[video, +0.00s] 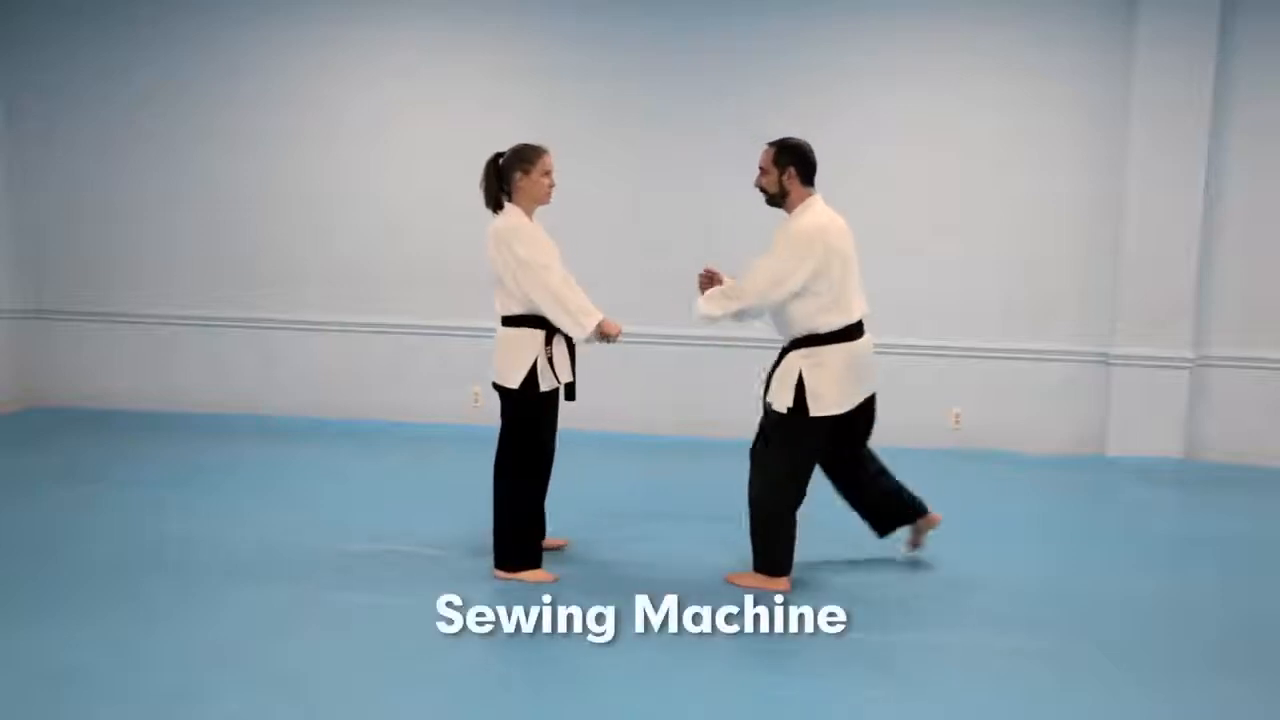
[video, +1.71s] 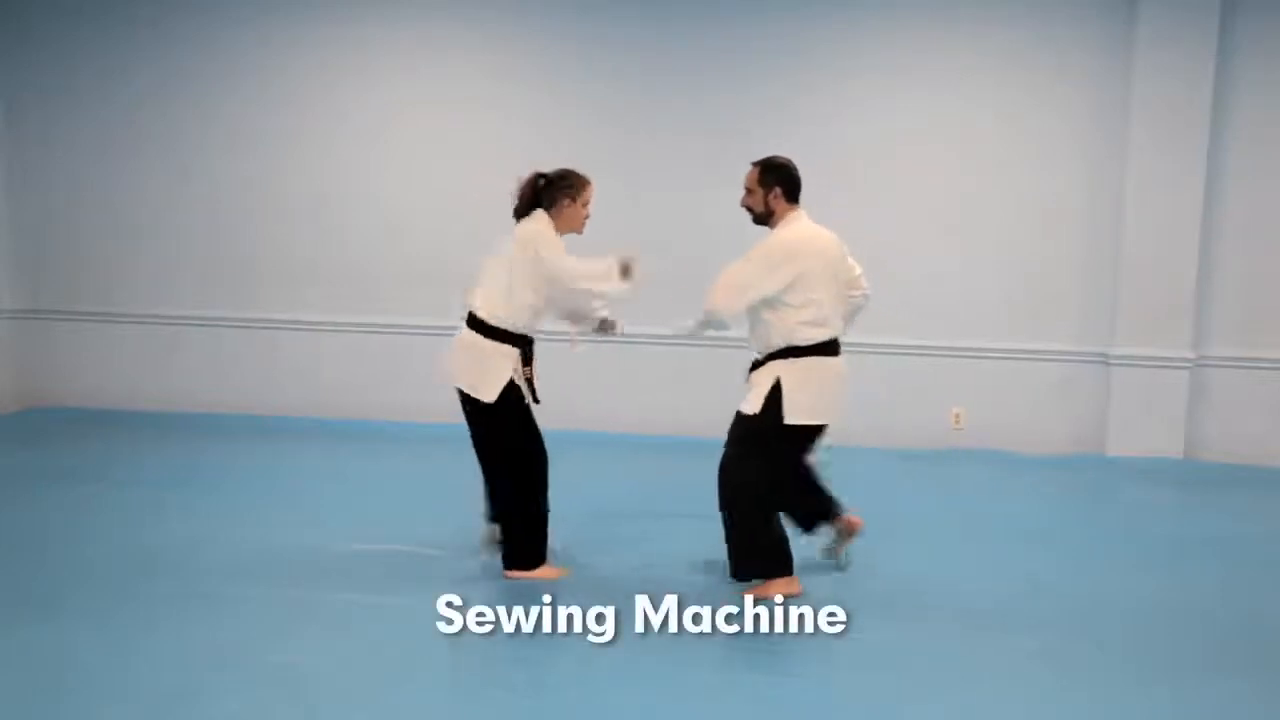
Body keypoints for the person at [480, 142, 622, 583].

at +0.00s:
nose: (552, 183)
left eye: (552, 175)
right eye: (545, 175)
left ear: (524, 182)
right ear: (518, 180)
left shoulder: (527, 226)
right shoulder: (512, 228)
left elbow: (558, 280)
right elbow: (546, 285)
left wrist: (594, 319)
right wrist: (593, 322)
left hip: (541, 352)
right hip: (526, 354)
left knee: (536, 452)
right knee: (522, 457)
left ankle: (529, 537)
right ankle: (513, 561)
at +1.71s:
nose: (589, 215)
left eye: (589, 206)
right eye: (585, 206)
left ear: (558, 204)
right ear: (564, 204)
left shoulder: (529, 233)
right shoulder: (540, 235)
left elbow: (554, 295)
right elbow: (564, 278)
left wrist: (594, 317)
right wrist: (615, 271)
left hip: (480, 360)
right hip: (493, 366)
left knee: (508, 457)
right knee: (529, 459)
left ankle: (516, 549)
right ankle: (524, 562)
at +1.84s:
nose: (576, 219)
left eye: (576, 211)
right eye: (571, 210)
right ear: (548, 206)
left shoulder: (542, 252)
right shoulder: (519, 238)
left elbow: (544, 309)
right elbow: (549, 228)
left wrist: (564, 330)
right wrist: (564, 213)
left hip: (467, 366)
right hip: (478, 371)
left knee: (448, 452)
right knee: (525, 462)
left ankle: (386, 510)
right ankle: (521, 562)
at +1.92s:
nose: (560, 221)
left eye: (560, 213)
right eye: (556, 213)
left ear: (541, 217)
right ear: (535, 215)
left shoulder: (534, 259)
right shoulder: (501, 245)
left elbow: (538, 311)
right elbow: (495, 223)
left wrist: (535, 340)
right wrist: (515, 199)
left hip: (462, 373)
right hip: (474, 377)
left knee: (409, 455)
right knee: (531, 465)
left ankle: (340, 512)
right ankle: (522, 562)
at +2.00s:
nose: (538, 224)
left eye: (537, 216)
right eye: (533, 216)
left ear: (511, 217)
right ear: (511, 218)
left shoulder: (512, 260)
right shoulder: (476, 248)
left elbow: (500, 334)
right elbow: (462, 228)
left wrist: (510, 392)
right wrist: (476, 195)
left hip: (439, 376)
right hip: (464, 382)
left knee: (391, 459)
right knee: (532, 466)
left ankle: (315, 521)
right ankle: (527, 563)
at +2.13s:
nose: (495, 230)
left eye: (495, 222)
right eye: (493, 222)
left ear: (449, 223)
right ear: (478, 224)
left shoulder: (414, 265)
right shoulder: (475, 263)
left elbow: (395, 321)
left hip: (400, 393)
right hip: (455, 398)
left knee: (354, 466)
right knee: (527, 458)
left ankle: (306, 547)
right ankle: (527, 553)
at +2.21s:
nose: (473, 229)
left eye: (469, 221)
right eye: (466, 224)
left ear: (415, 233)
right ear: (451, 233)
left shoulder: (383, 275)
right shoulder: (470, 273)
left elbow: (341, 305)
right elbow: (506, 286)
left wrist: (380, 329)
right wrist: (485, 247)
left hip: (392, 402)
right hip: (454, 404)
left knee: (336, 457)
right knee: (523, 459)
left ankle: (305, 548)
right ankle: (534, 551)